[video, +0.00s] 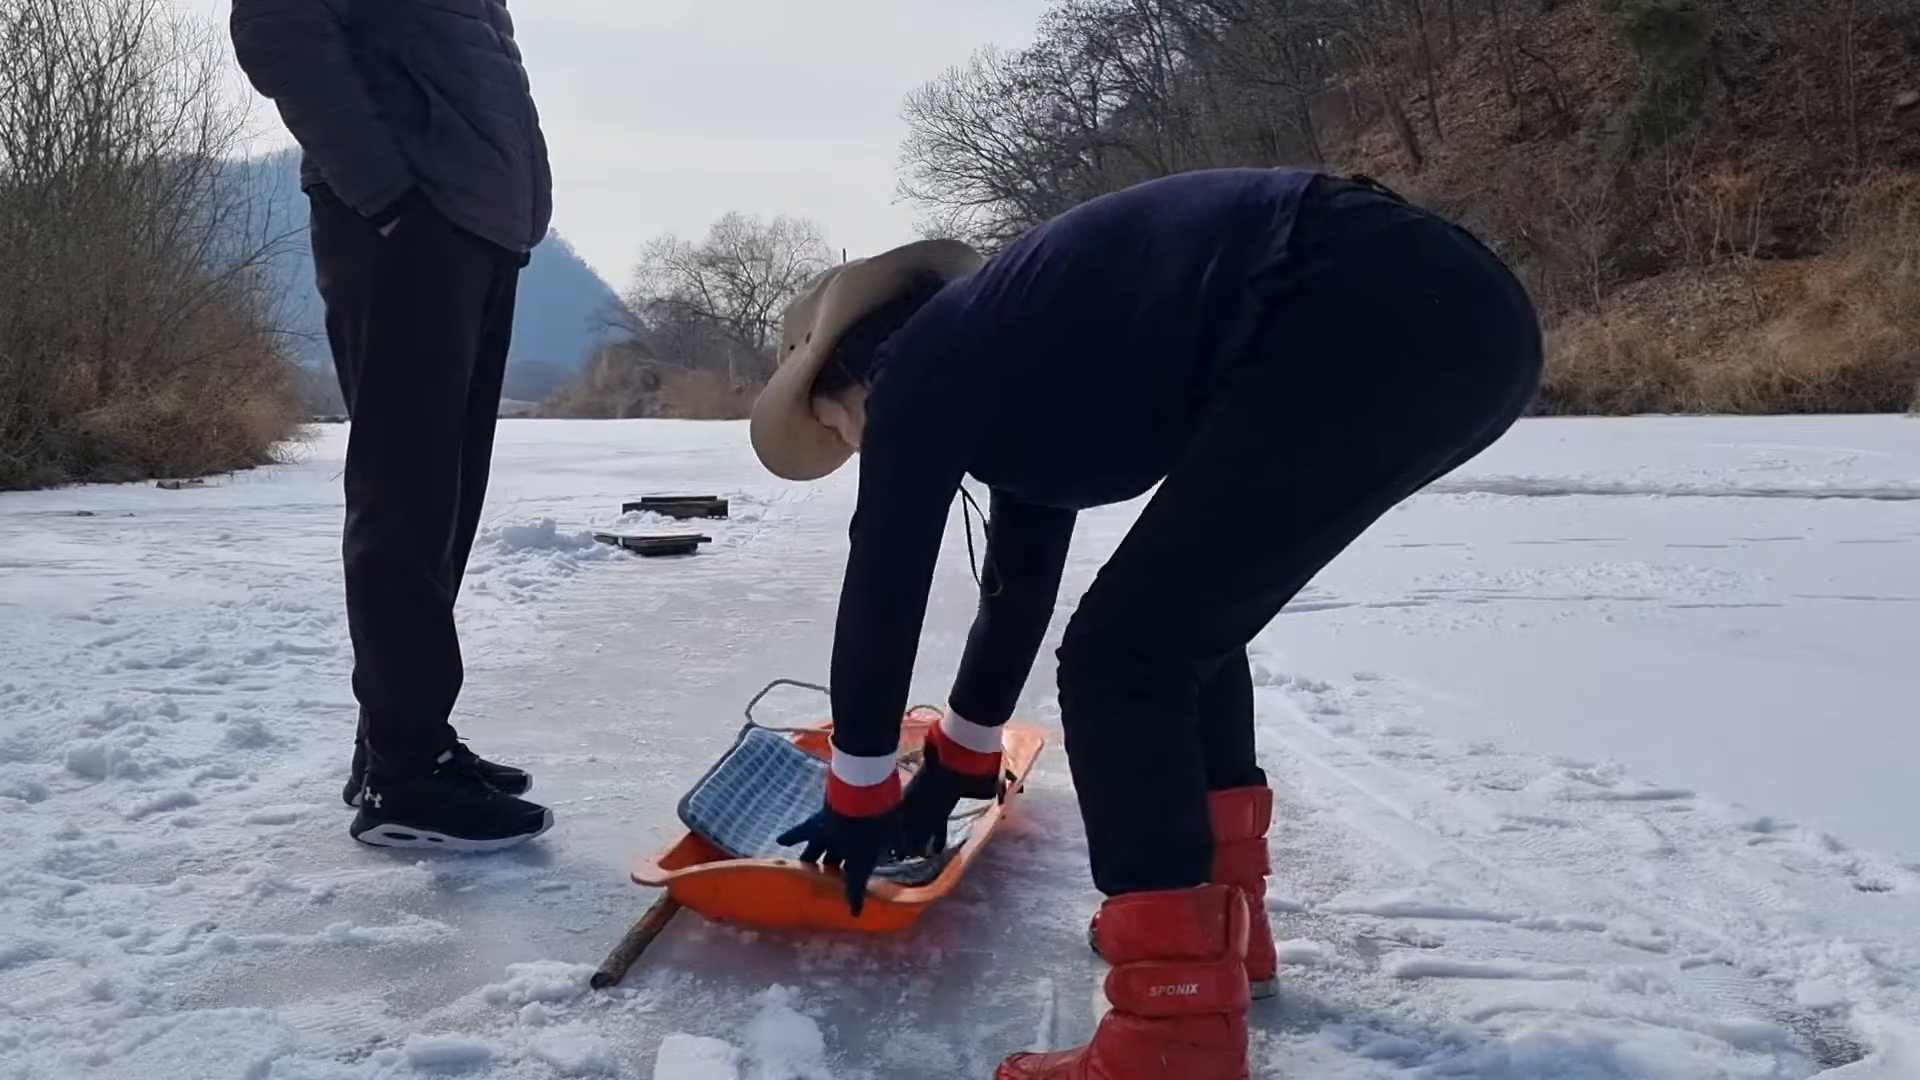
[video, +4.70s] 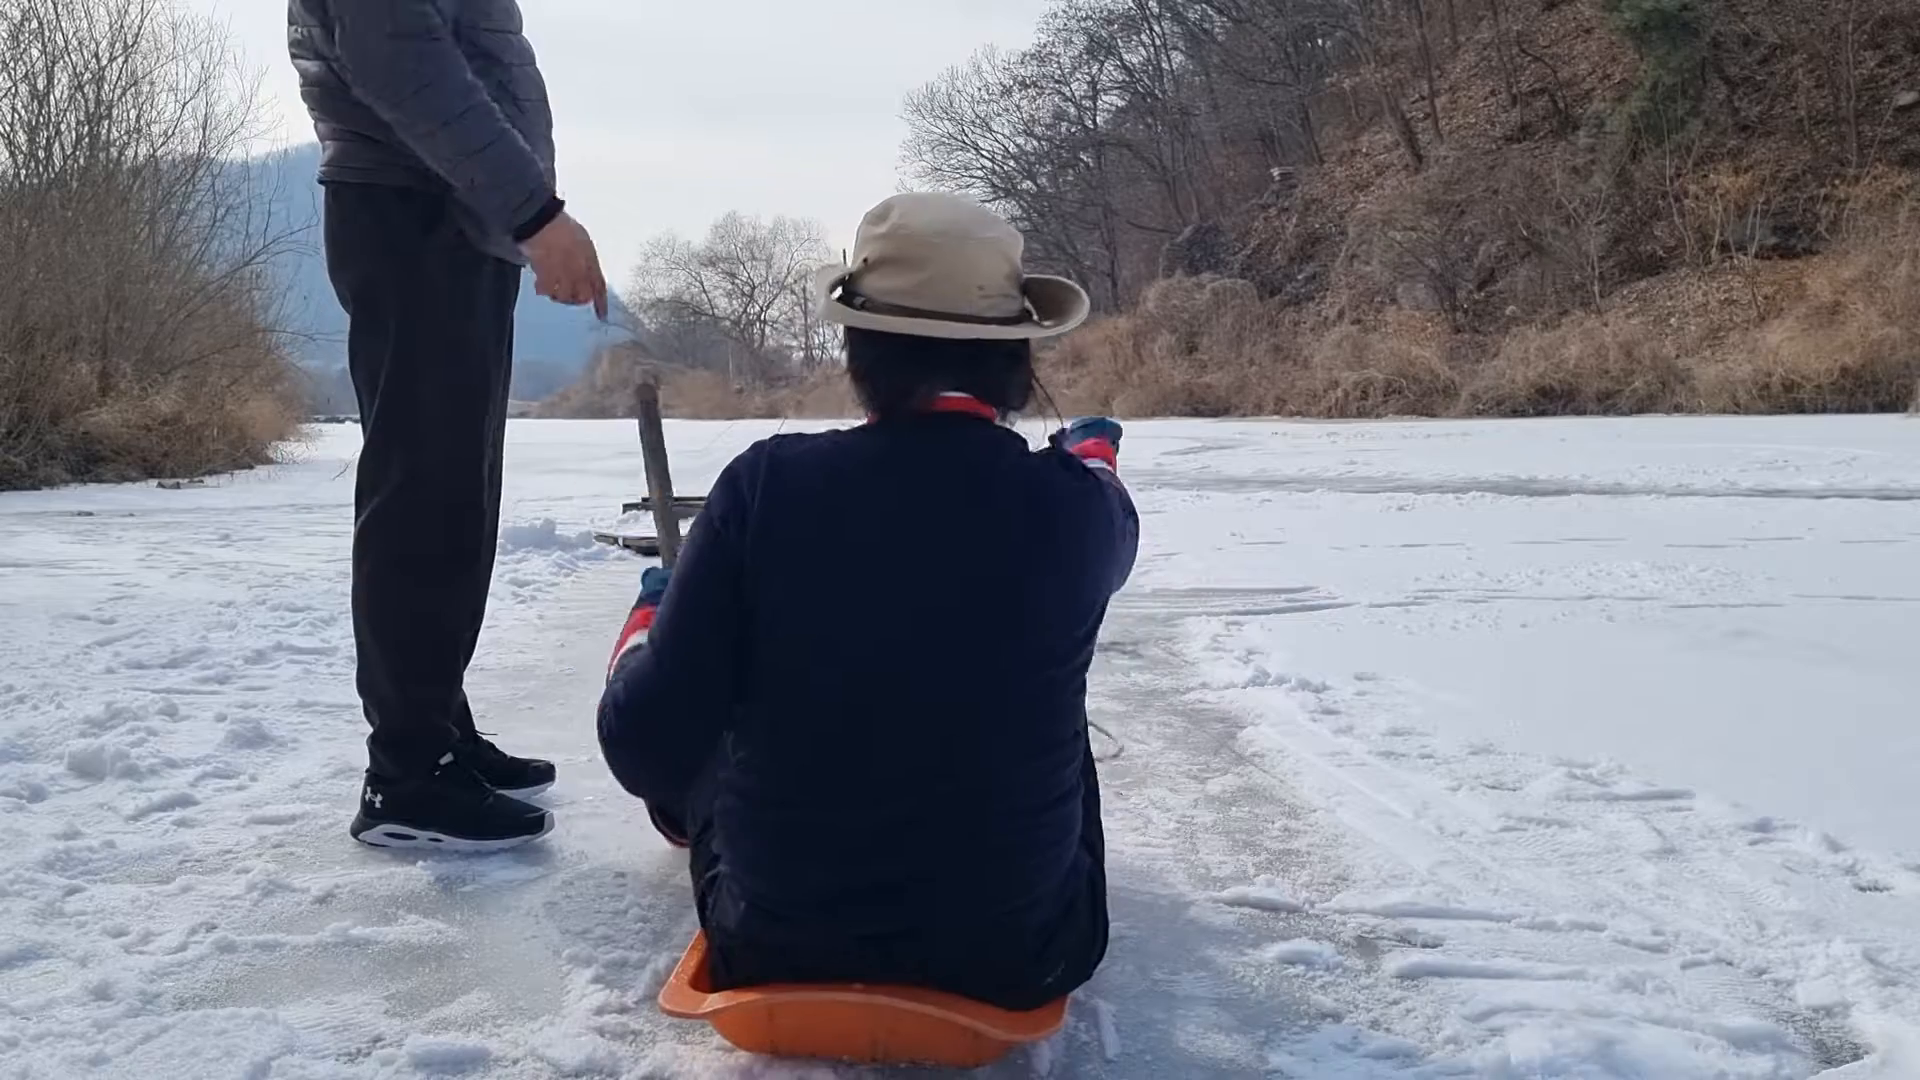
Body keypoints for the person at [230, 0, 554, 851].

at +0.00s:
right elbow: (274, 26)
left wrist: (506, 185)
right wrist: (383, 188)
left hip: (477, 219)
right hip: (402, 211)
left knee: (443, 494)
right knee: (403, 493)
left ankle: (416, 747)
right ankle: (401, 771)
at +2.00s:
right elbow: (270, 33)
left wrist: (513, 197)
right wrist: (387, 197)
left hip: (485, 232)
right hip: (408, 222)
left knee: (444, 501)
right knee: (403, 501)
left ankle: (418, 748)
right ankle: (400, 772)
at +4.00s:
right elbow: (251, 19)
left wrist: (502, 171)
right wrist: (399, 168)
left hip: (481, 209)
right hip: (414, 202)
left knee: (464, 487)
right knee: (412, 486)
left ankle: (434, 741)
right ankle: (406, 772)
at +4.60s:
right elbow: (325, 25)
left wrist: (507, 172)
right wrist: (483, 162)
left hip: (466, 209)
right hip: (411, 204)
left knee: (460, 482)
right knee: (421, 484)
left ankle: (441, 737)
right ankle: (404, 775)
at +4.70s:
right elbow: (397, 53)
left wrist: (528, 212)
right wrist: (539, 216)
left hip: (459, 209)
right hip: (408, 207)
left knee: (461, 481)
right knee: (422, 479)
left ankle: (438, 738)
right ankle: (406, 771)